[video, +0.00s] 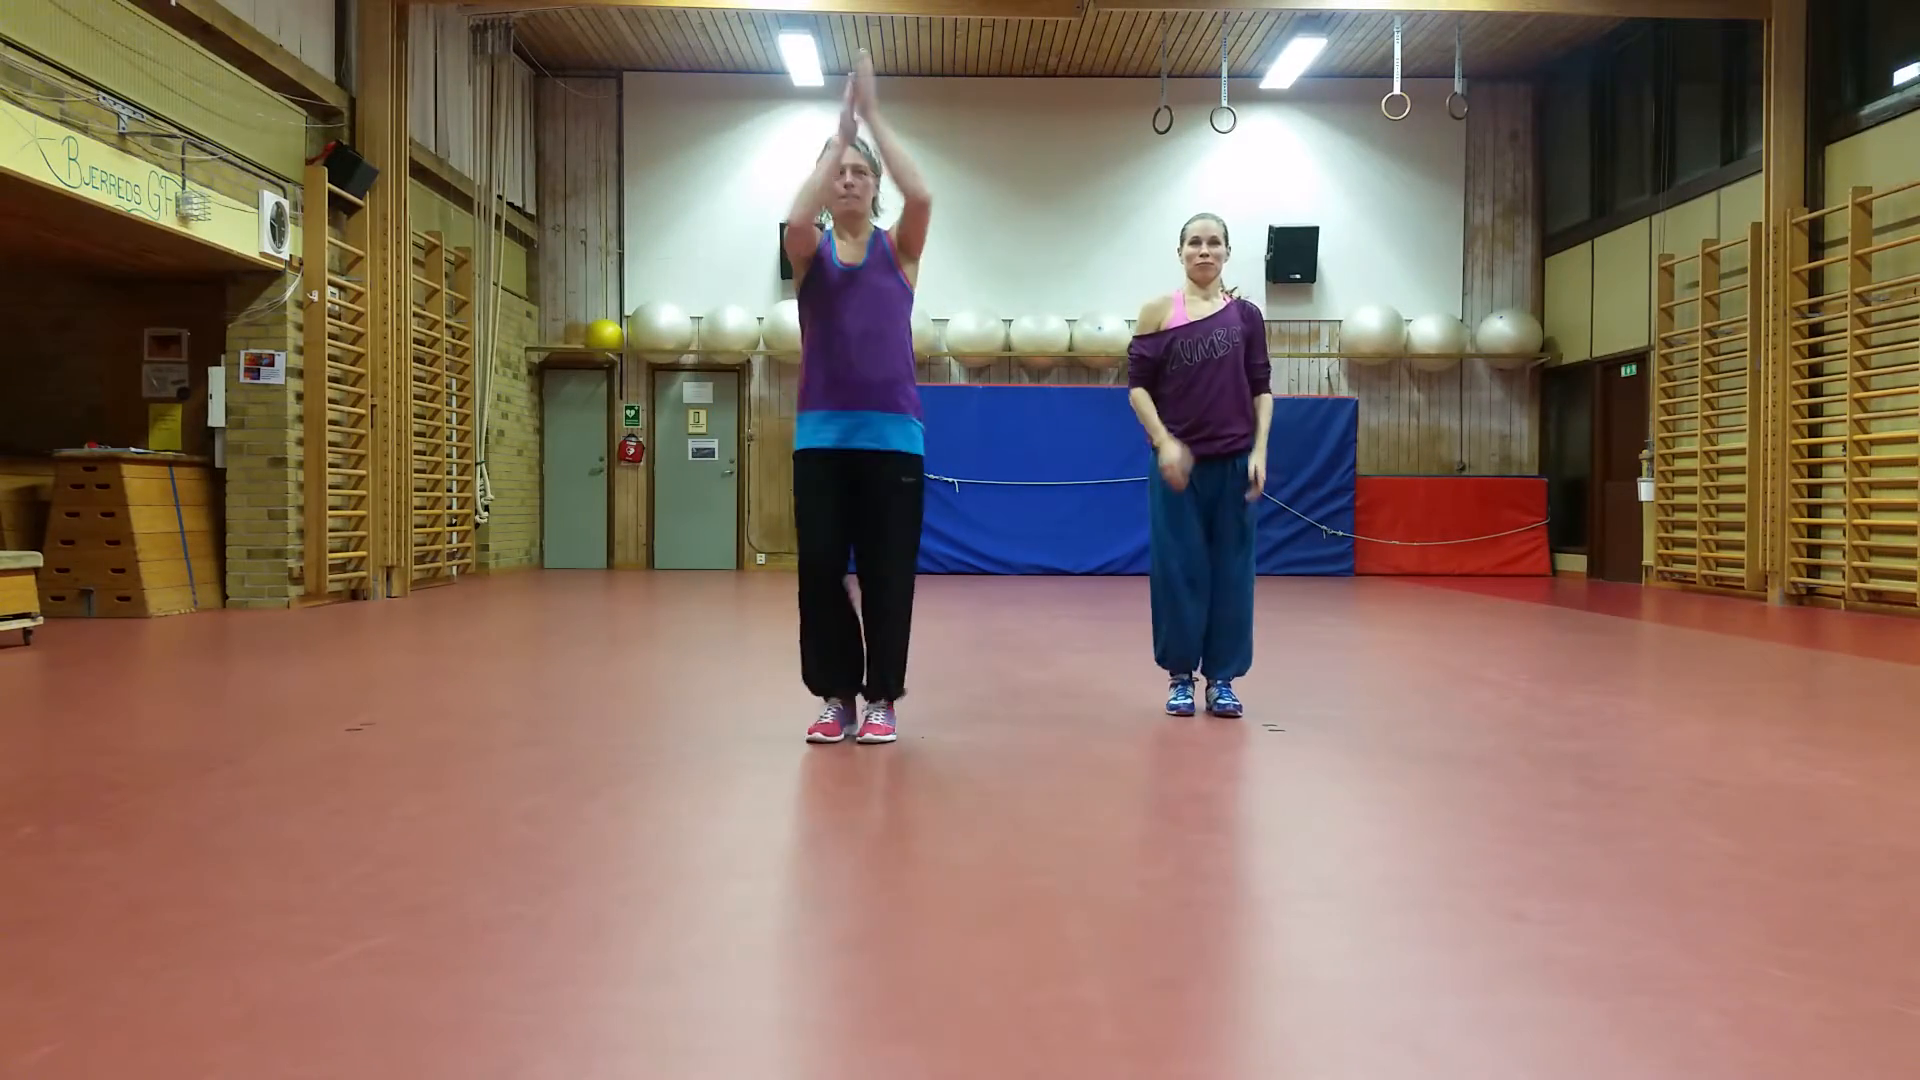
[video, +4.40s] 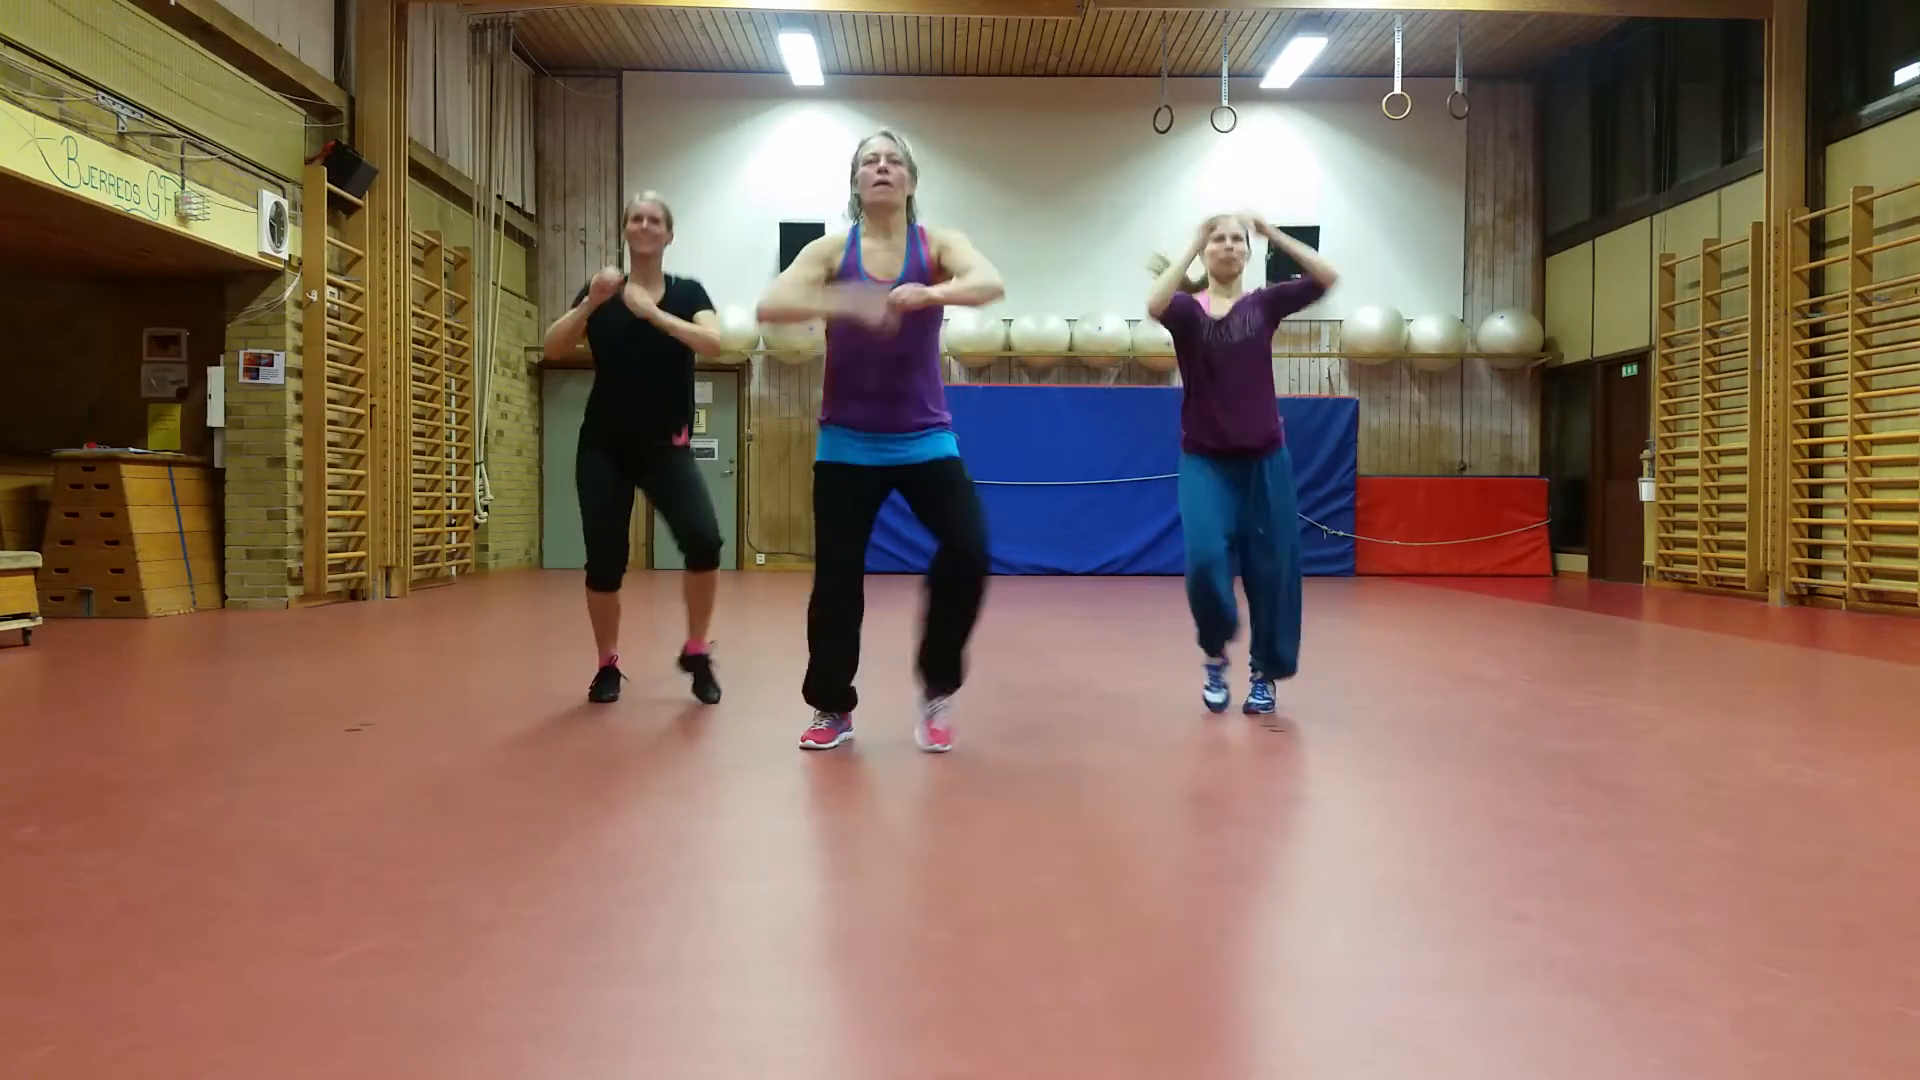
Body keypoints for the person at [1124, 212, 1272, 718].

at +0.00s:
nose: (1204, 251)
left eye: (1214, 243)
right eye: (1196, 242)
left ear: (1227, 252)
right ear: (1181, 251)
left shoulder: (1246, 314)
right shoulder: (1158, 312)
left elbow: (1262, 386)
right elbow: (1137, 386)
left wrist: (1259, 449)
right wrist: (1164, 441)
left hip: (1234, 461)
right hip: (1176, 461)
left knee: (1232, 569)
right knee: (1179, 567)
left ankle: (1221, 680)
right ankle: (1181, 678)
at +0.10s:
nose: (1203, 252)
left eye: (1212, 244)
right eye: (1194, 243)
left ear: (1225, 254)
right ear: (1178, 252)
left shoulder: (1244, 314)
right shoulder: (1156, 312)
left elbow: (1258, 383)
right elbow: (1133, 385)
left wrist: (1249, 411)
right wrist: (1180, 400)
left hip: (1231, 460)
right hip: (1172, 460)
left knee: (1232, 568)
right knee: (1176, 567)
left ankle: (1222, 678)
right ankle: (1181, 677)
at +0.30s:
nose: (1206, 251)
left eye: (1215, 244)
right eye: (1197, 243)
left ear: (1226, 252)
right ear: (1181, 250)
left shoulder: (1242, 307)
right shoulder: (1160, 306)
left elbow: (1257, 371)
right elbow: (1157, 368)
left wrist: (1237, 322)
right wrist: (1202, 324)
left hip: (1232, 453)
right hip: (1174, 453)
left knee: (1232, 566)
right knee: (1173, 565)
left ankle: (1223, 676)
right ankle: (1180, 677)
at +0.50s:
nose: (1215, 256)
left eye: (1223, 249)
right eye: (1206, 248)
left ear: (1230, 257)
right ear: (1187, 255)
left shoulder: (1245, 304)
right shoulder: (1170, 309)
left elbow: (1289, 306)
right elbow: (1148, 319)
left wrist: (1254, 250)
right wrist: (1185, 274)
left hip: (1237, 453)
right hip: (1179, 452)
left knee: (1237, 565)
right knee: (1186, 561)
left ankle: (1226, 677)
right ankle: (1183, 669)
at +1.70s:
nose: (1208, 246)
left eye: (1216, 239)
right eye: (1199, 238)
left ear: (1226, 249)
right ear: (1181, 247)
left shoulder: (1238, 303)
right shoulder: (1166, 308)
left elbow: (1281, 241)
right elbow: (1154, 268)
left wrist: (1236, 180)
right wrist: (1184, 203)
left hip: (1237, 460)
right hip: (1180, 459)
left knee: (1256, 560)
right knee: (1172, 569)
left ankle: (1223, 665)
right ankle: (1170, 674)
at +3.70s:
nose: (1233, 234)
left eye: (1240, 229)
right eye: (1222, 229)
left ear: (1252, 243)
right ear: (1206, 242)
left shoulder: (1265, 295)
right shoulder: (1192, 300)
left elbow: (1307, 224)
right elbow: (1161, 249)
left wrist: (1266, 165)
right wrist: (1199, 184)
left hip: (1260, 449)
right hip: (1201, 448)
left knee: (1268, 560)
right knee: (1192, 552)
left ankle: (1264, 669)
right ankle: (1196, 658)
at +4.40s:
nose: (1227, 246)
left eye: (1236, 239)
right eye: (1217, 239)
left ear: (1248, 252)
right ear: (1203, 253)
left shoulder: (1264, 302)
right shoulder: (1187, 307)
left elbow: (1326, 277)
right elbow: (1156, 306)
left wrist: (1275, 236)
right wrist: (1193, 247)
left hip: (1263, 455)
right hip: (1203, 457)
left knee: (1272, 565)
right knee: (1204, 558)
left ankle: (1264, 674)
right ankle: (1214, 660)